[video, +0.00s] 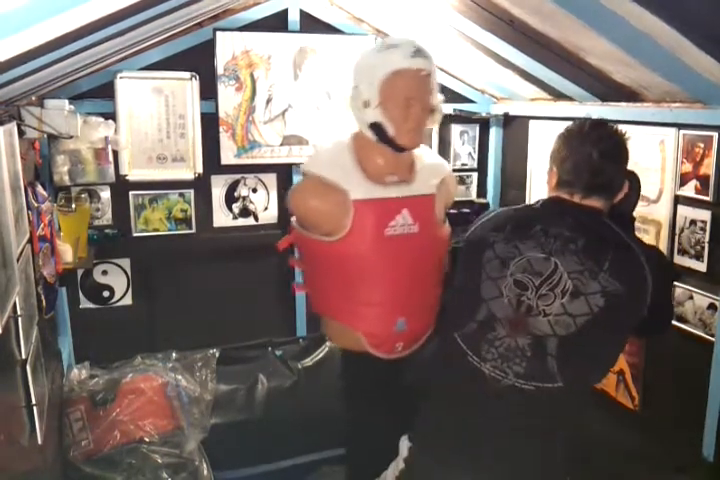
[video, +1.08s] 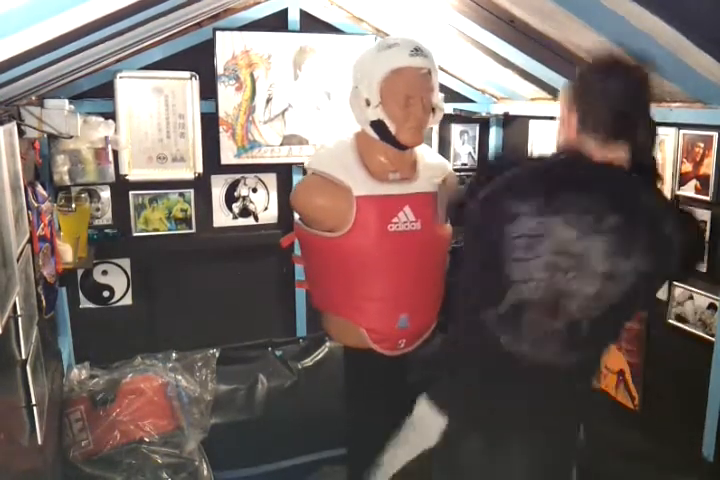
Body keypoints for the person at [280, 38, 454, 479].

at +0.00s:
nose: (424, 111)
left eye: (428, 100)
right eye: (409, 100)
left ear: (434, 105)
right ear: (369, 104)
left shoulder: (439, 179)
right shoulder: (323, 186)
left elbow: (438, 252)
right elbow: (321, 281)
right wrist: (367, 325)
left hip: (427, 349)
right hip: (361, 360)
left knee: (432, 450)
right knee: (371, 463)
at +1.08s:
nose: (423, 111)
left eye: (427, 99)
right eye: (407, 99)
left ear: (435, 103)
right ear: (368, 103)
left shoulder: (440, 177)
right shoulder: (326, 184)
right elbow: (321, 285)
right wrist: (355, 322)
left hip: (429, 348)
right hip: (364, 358)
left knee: (428, 454)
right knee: (371, 460)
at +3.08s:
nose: (417, 110)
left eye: (423, 99)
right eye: (403, 98)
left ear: (431, 102)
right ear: (364, 102)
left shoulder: (431, 173)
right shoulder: (324, 180)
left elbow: (451, 248)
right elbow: (320, 275)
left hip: (430, 345)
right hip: (366, 354)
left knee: (422, 455)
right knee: (372, 461)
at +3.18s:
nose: (416, 106)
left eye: (418, 92)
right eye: (402, 95)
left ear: (429, 92)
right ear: (364, 102)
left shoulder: (439, 169)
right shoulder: (324, 187)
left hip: (429, 351)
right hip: (363, 364)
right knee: (378, 467)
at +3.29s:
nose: (288, 125)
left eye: (290, 110)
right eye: (275, 121)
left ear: (316, 107)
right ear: (263, 135)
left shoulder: (372, 165)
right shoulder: (262, 204)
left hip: (408, 338)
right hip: (346, 356)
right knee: (365, 461)